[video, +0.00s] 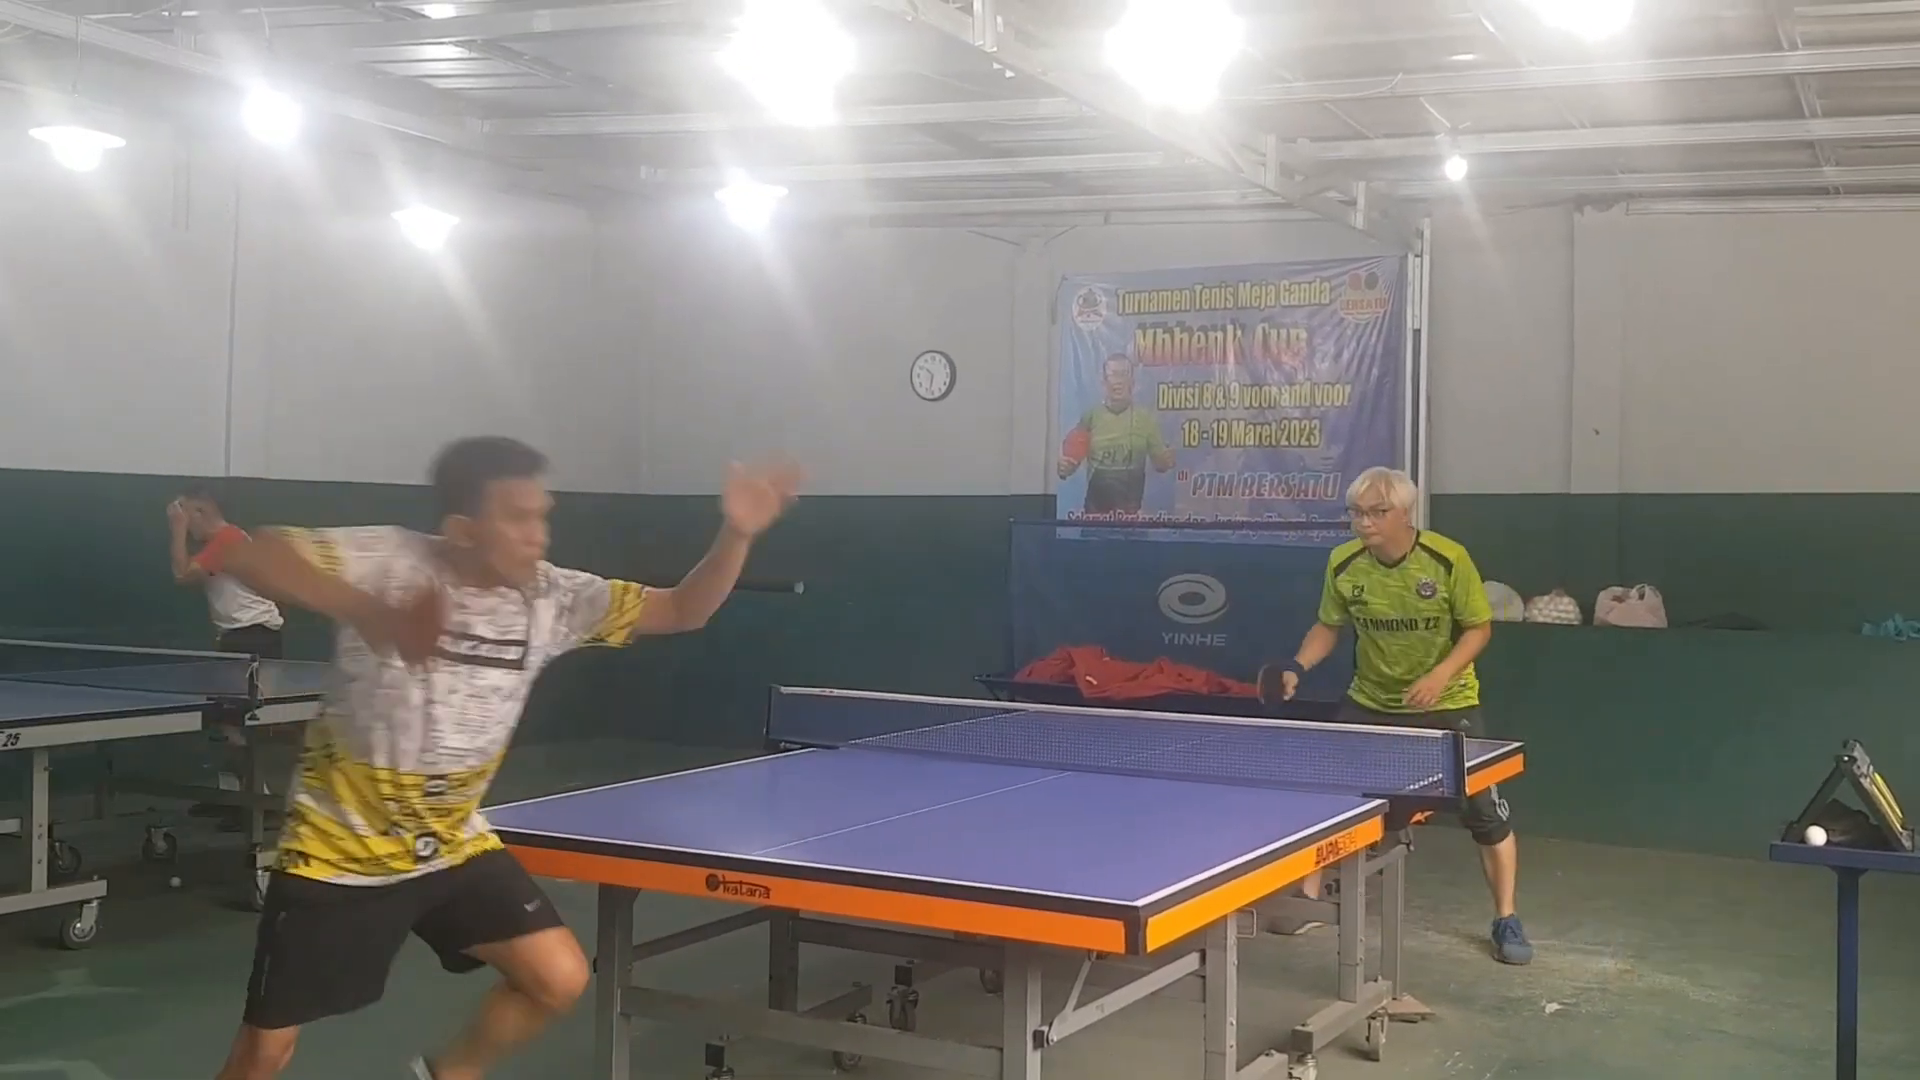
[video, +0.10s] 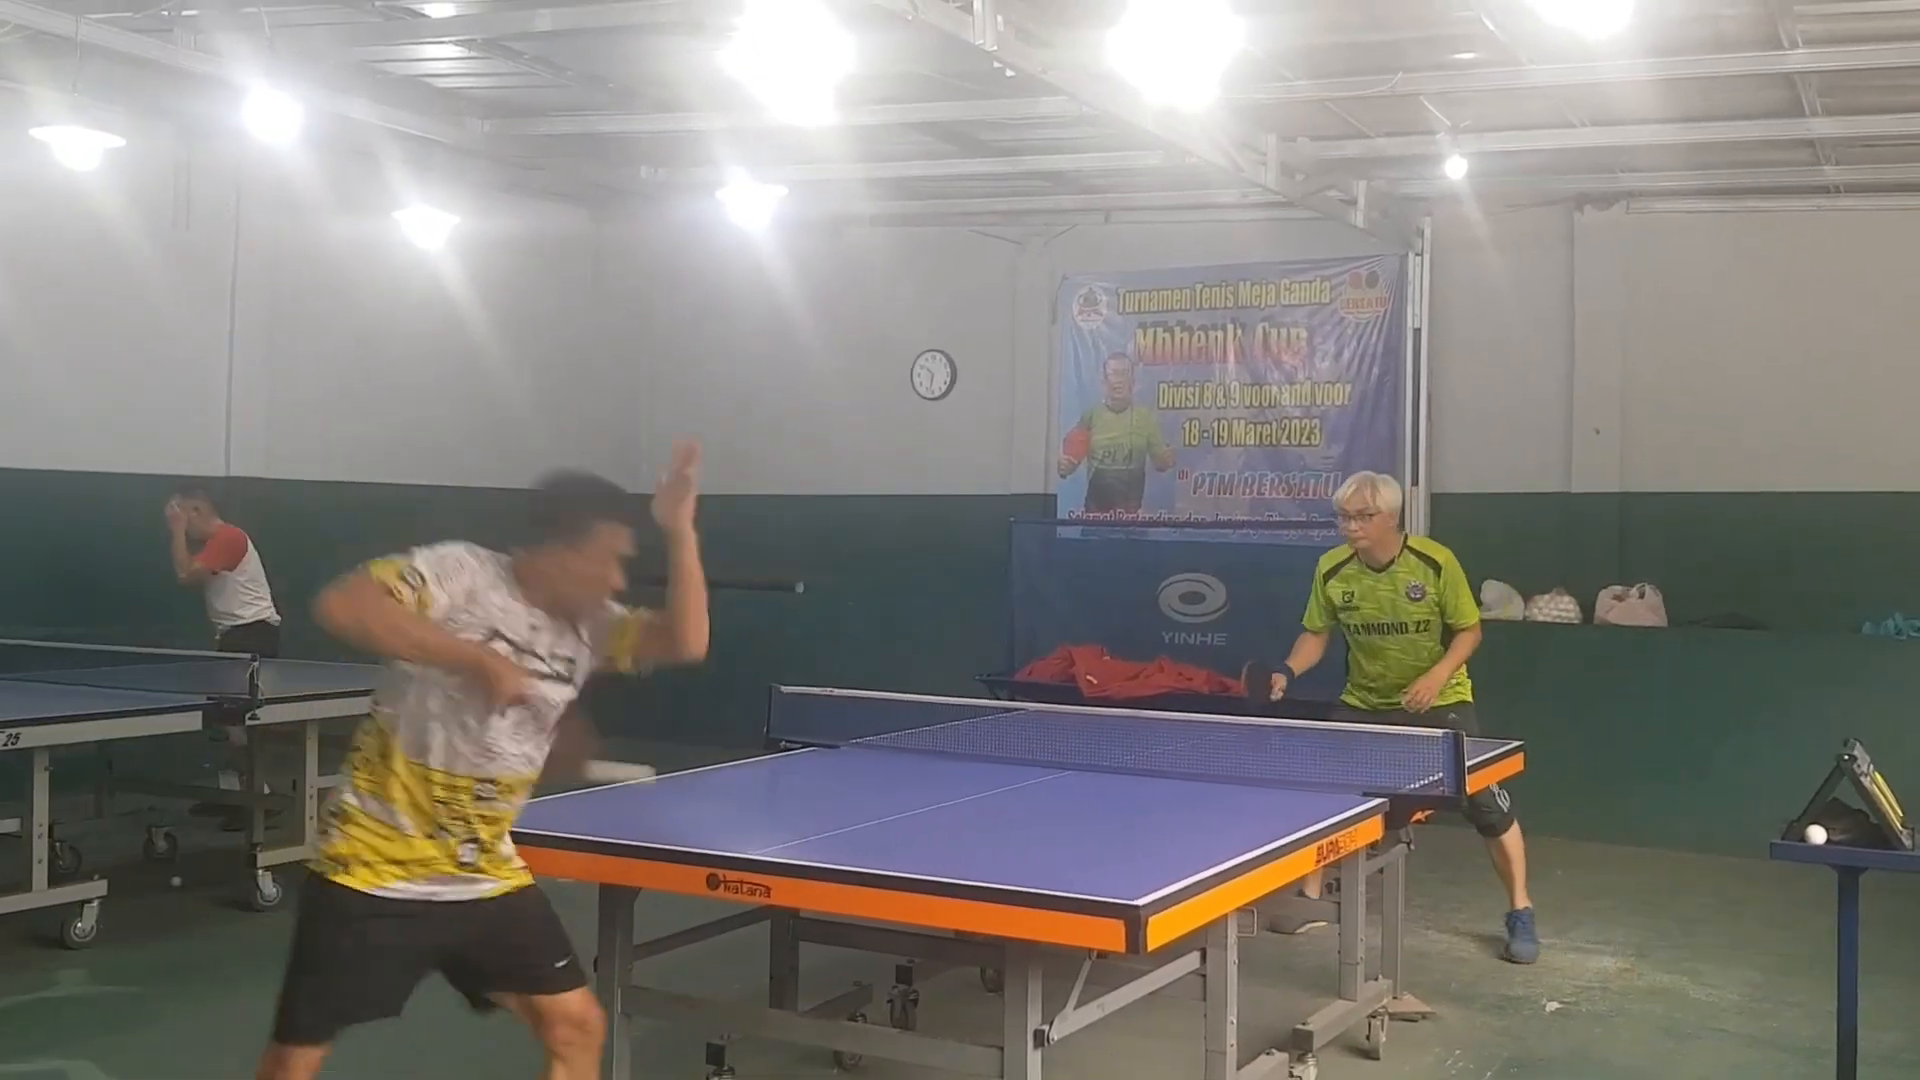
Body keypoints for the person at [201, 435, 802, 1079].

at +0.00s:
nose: (537, 536)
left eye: (541, 517)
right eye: (517, 517)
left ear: (546, 521)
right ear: (459, 525)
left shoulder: (552, 596)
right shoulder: (390, 559)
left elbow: (680, 610)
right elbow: (245, 553)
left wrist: (736, 536)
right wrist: (374, 614)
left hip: (453, 837)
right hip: (338, 842)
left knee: (558, 979)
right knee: (265, 1048)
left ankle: (450, 1069)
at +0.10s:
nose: (620, 583)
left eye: (624, 564)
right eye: (611, 560)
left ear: (576, 555)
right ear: (558, 549)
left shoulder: (588, 625)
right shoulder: (460, 573)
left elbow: (685, 642)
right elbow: (342, 604)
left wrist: (681, 532)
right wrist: (475, 659)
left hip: (484, 868)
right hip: (370, 863)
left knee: (577, 1025)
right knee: (294, 1060)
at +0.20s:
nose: (678, 622)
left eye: (684, 607)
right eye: (674, 603)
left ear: (626, 600)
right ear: (626, 595)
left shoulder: (619, 671)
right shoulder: (505, 604)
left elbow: (704, 710)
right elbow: (377, 677)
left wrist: (702, 592)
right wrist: (490, 608)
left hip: (506, 893)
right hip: (401, 888)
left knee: (611, 1034)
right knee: (353, 1070)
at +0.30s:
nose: (696, 640)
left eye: (701, 625)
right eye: (696, 620)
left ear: (653, 612)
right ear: (654, 611)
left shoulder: (638, 689)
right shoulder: (521, 616)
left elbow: (717, 755)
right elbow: (389, 701)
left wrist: (738, 650)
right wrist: (468, 625)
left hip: (510, 895)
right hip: (412, 884)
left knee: (620, 1033)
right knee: (395, 1072)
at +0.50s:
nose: (671, 615)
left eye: (674, 600)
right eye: (669, 597)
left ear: (627, 591)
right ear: (630, 589)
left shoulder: (608, 671)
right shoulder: (496, 614)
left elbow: (678, 758)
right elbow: (406, 718)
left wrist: (726, 702)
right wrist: (535, 694)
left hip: (491, 886)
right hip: (398, 877)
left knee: (598, 1025)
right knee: (401, 1076)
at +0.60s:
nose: (636, 591)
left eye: (638, 574)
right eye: (635, 573)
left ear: (591, 573)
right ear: (595, 572)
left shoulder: (560, 656)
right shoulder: (475, 607)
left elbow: (616, 748)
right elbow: (411, 725)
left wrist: (683, 720)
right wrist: (562, 712)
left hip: (463, 890)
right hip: (379, 893)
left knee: (567, 1026)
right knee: (380, 1067)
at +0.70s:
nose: (606, 569)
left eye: (608, 553)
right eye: (604, 551)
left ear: (557, 552)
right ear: (565, 552)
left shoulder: (516, 634)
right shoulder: (452, 601)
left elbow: (555, 739)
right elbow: (409, 731)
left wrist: (643, 716)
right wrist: (568, 723)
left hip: (423, 887)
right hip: (347, 892)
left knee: (521, 1020)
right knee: (353, 1068)